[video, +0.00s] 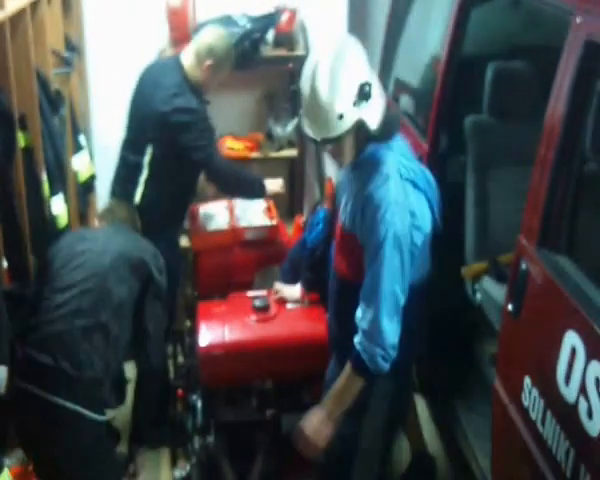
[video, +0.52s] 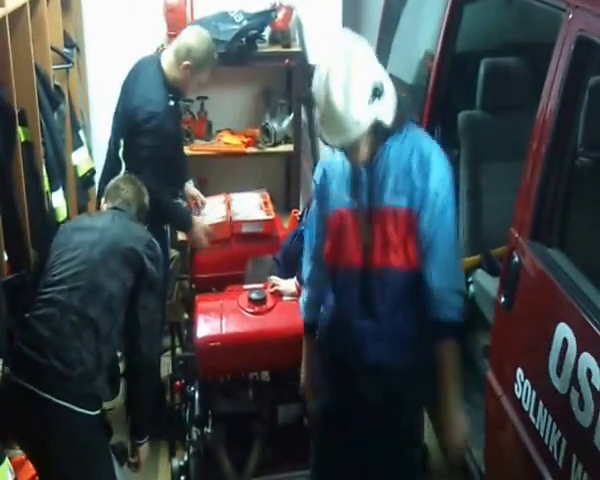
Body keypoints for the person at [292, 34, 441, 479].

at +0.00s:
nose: (325, 145)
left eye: (332, 133)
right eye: (323, 134)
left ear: (356, 118)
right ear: (364, 109)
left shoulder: (391, 196)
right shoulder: (367, 157)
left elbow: (379, 335)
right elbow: (329, 218)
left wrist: (328, 413)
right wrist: (292, 276)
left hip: (379, 356)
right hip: (354, 331)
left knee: (357, 459)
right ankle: (418, 457)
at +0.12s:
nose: (308, 125)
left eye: (316, 113)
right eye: (309, 111)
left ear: (348, 112)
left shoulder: (389, 192)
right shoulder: (350, 166)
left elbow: (380, 340)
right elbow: (322, 224)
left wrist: (321, 412)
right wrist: (291, 277)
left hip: (377, 383)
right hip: (345, 361)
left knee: (364, 466)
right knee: (343, 459)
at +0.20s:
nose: (327, 192)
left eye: (337, 179)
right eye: (318, 179)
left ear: (362, 168)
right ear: (307, 169)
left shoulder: (393, 234)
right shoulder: (322, 210)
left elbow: (386, 366)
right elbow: (300, 261)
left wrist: (326, 433)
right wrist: (291, 283)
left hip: (387, 390)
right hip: (337, 370)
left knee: (385, 470)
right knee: (341, 465)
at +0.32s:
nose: (335, 177)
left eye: (343, 163)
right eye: (325, 165)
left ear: (364, 148)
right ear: (313, 153)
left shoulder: (401, 203)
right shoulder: (322, 193)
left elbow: (410, 313)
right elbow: (311, 284)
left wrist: (378, 428)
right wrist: (311, 364)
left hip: (387, 361)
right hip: (333, 358)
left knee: (388, 464)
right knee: (335, 459)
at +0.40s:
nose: (336, 154)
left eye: (345, 141)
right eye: (327, 142)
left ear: (369, 117)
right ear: (314, 124)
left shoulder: (409, 175)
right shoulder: (325, 172)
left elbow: (419, 291)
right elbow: (310, 271)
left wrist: (412, 417)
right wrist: (310, 359)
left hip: (392, 355)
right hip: (335, 354)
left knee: (396, 464)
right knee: (339, 463)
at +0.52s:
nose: (334, 120)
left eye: (344, 109)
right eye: (327, 108)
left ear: (373, 98)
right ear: (320, 106)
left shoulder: (422, 158)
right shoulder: (329, 163)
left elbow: (444, 284)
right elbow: (313, 268)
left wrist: (450, 401)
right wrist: (309, 354)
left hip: (403, 358)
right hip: (339, 358)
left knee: (396, 466)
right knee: (335, 464)